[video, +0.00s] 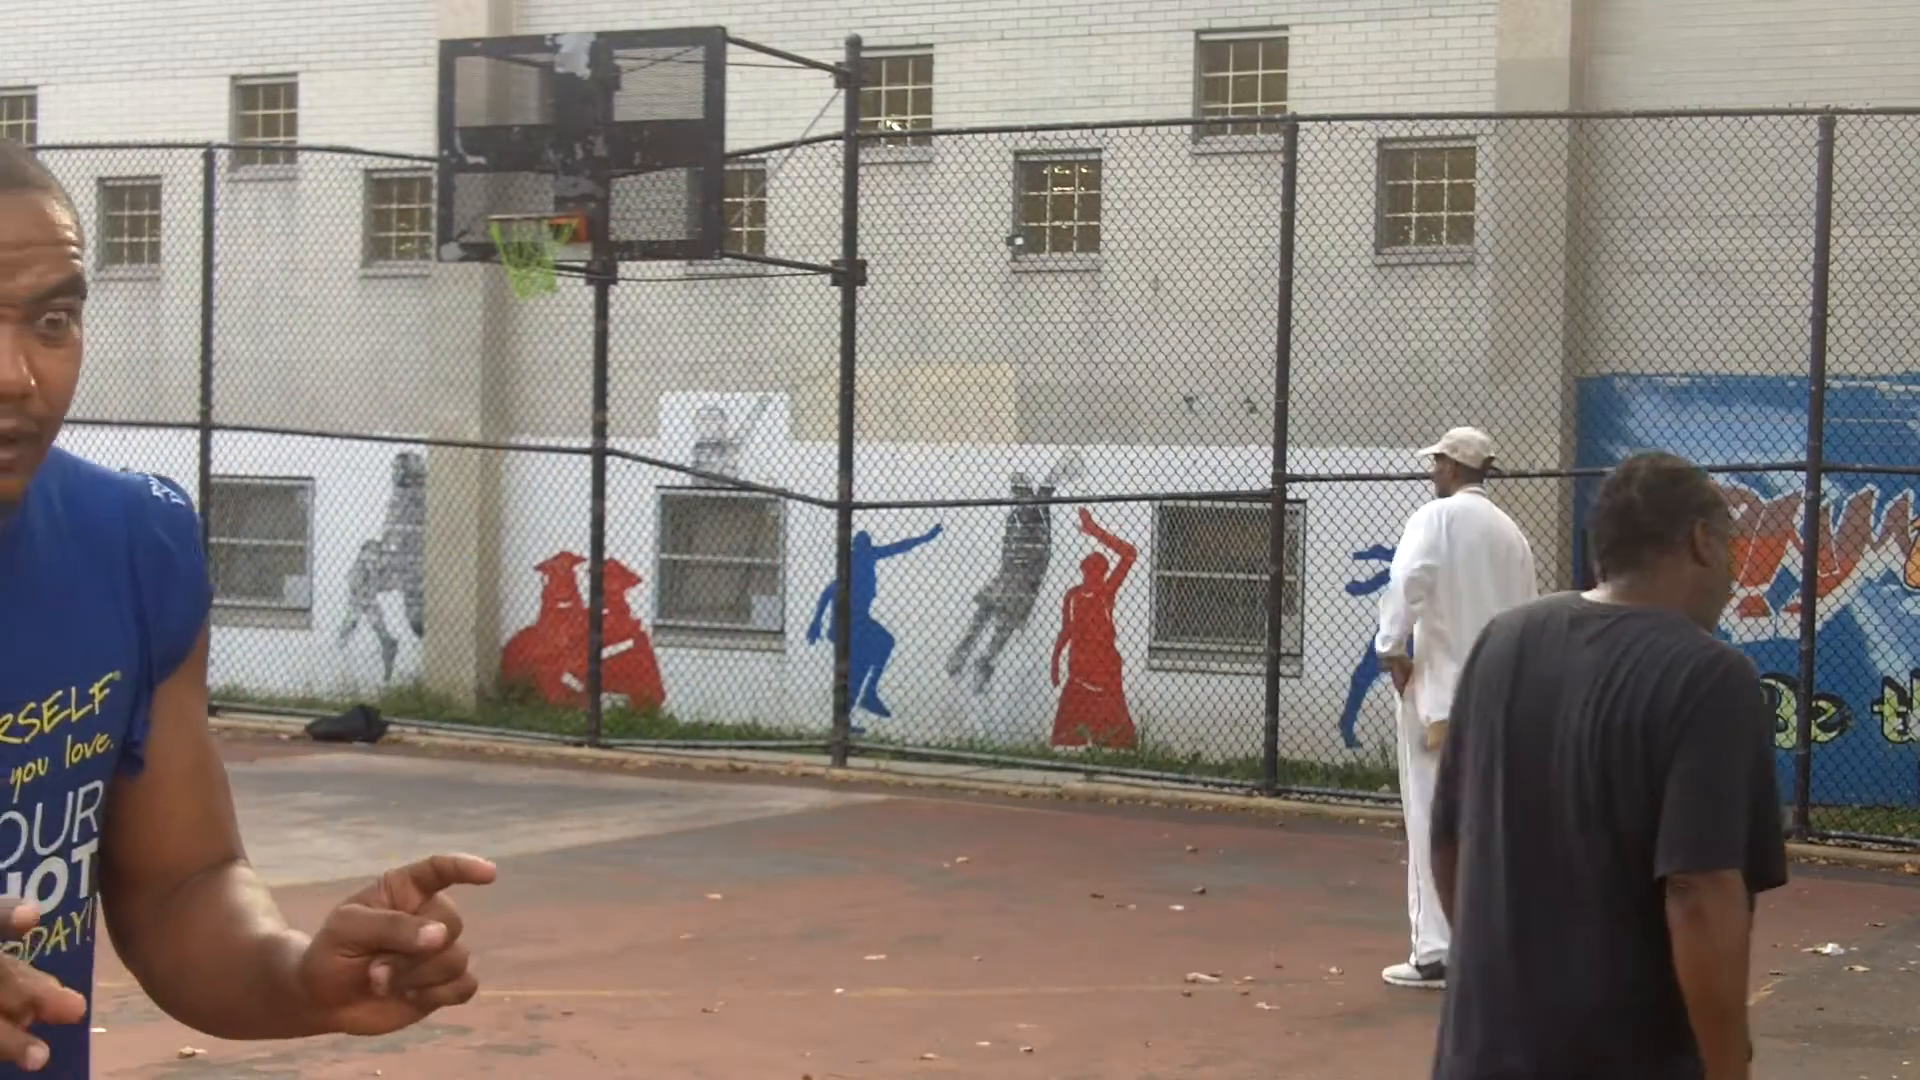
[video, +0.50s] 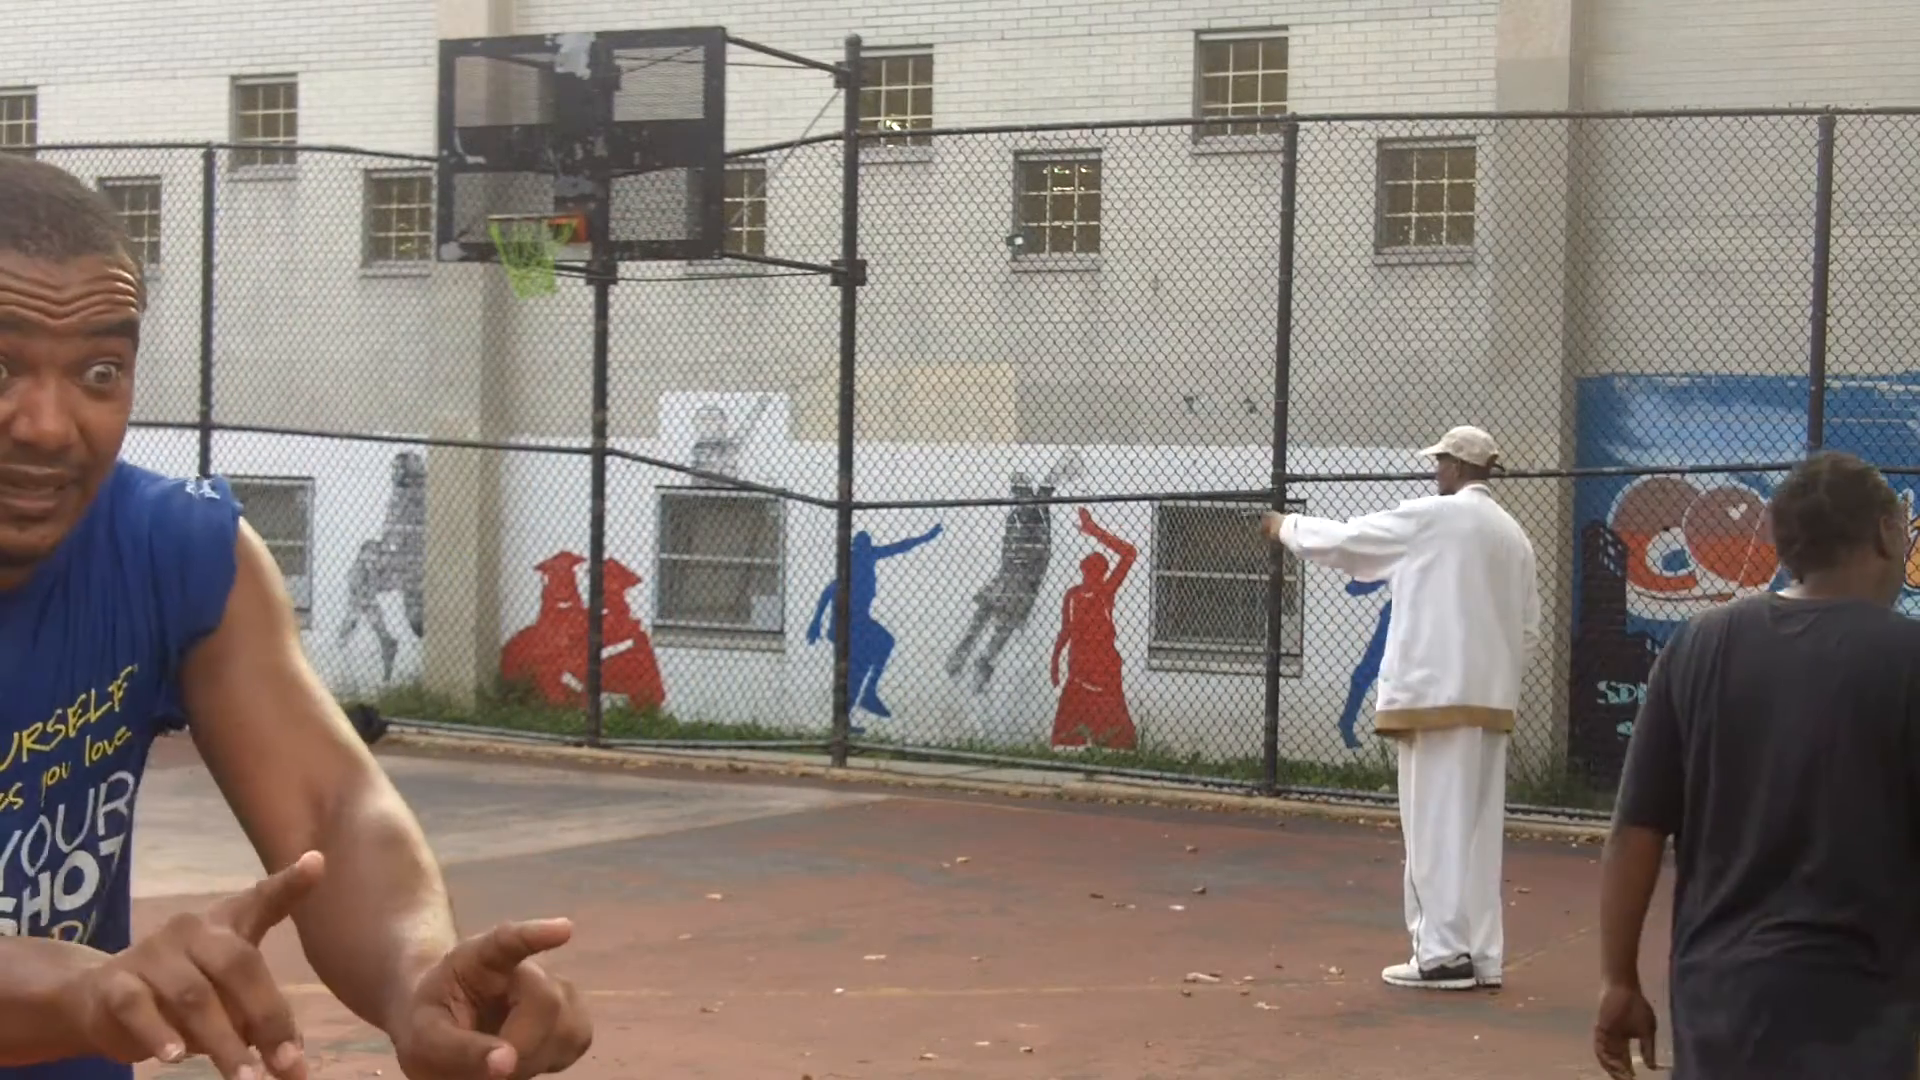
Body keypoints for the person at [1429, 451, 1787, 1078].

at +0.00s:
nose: (1734, 571)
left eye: (1734, 548)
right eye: (1730, 546)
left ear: (1610, 548)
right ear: (1701, 541)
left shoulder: (1504, 636)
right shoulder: (1708, 673)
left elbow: (1449, 838)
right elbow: (1699, 886)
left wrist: (1494, 973)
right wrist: (1729, 1063)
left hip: (1485, 1044)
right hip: (1637, 1052)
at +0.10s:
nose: (1785, 557)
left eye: (1786, 537)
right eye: (1782, 535)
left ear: (1656, 539)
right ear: (1752, 530)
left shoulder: (1553, 623)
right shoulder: (1767, 662)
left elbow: (1495, 826)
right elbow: (1771, 875)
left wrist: (1504, 958)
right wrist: (1809, 1058)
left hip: (1548, 1020)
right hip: (1705, 1038)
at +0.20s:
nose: (1825, 546)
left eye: (1824, 524)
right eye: (1821, 523)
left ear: (1692, 529)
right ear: (1792, 521)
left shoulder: (1598, 620)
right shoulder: (1816, 652)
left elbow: (1531, 816)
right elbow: (1843, 866)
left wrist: (1532, 958)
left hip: (1600, 1000)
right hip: (1751, 1020)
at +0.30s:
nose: (1857, 539)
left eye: (1853, 519)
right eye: (1851, 518)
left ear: (1729, 536)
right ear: (1828, 521)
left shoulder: (1628, 629)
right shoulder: (1865, 652)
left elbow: (1566, 817)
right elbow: (1906, 869)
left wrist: (1562, 962)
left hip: (1644, 1006)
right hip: (1797, 1017)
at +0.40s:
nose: (1883, 535)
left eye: (1880, 518)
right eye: (1878, 518)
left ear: (1756, 543)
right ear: (1863, 524)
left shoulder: (1665, 637)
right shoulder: (1896, 654)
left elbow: (1602, 822)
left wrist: (1590, 972)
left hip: (1677, 1000)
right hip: (1832, 1007)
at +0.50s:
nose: (1909, 542)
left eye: (1907, 525)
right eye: (1905, 525)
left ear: (1784, 548)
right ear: (1887, 531)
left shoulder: (1699, 643)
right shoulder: (1903, 651)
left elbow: (1638, 827)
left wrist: (1620, 980)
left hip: (1719, 1004)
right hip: (1874, 1007)